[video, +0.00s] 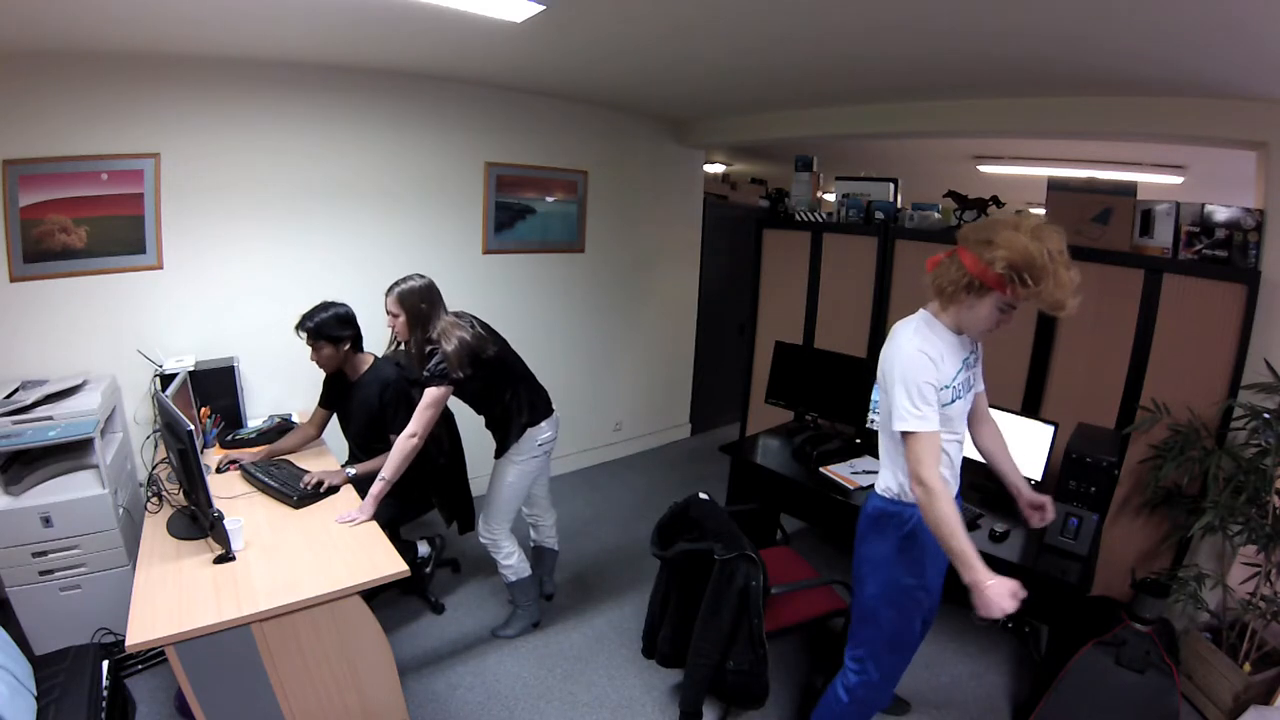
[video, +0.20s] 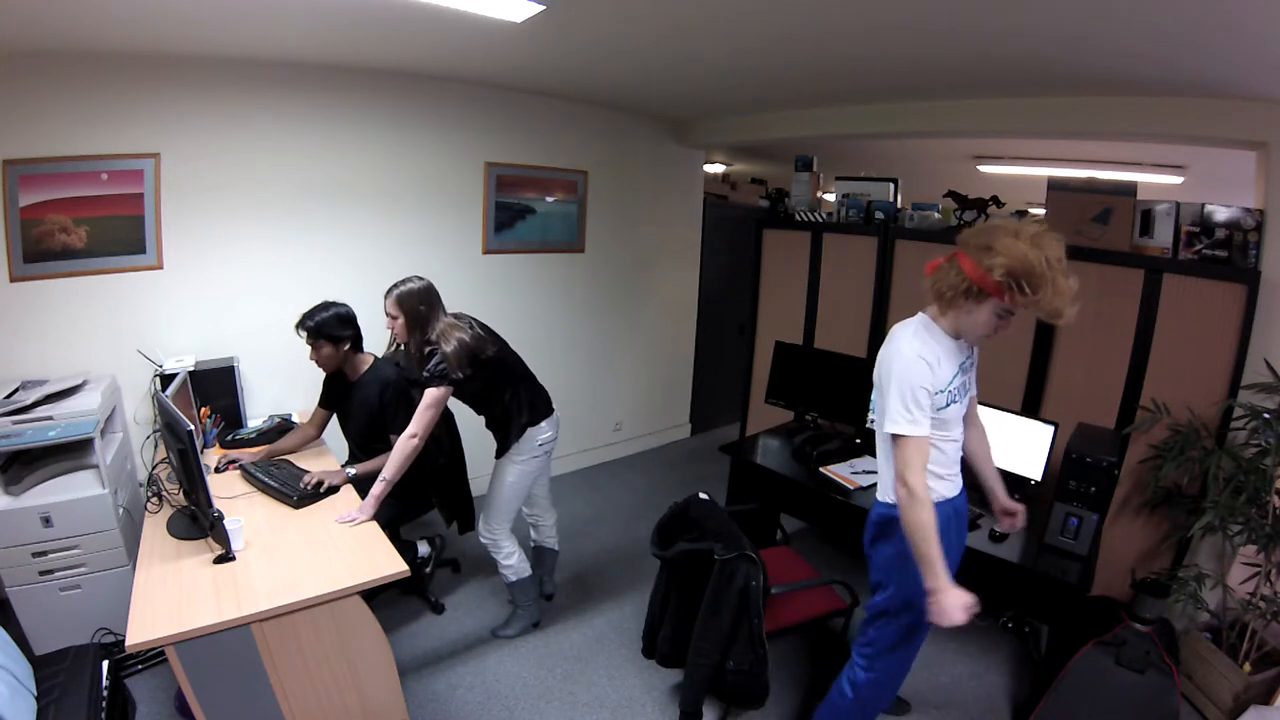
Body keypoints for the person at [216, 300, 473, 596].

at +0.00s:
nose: (312, 356)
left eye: (317, 347)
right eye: (311, 347)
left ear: (344, 345)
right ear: (338, 346)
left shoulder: (389, 381)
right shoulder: (337, 377)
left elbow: (405, 450)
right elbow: (312, 428)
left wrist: (347, 473)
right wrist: (260, 453)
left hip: (412, 477)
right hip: (371, 470)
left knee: (349, 531)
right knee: (320, 513)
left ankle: (418, 555)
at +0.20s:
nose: (312, 355)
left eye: (317, 347)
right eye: (311, 347)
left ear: (343, 344)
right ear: (336, 346)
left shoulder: (388, 381)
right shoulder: (337, 377)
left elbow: (405, 450)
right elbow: (311, 428)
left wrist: (347, 473)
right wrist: (259, 453)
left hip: (413, 477)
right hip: (371, 470)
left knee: (351, 531)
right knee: (321, 513)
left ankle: (418, 554)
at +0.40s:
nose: (311, 355)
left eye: (316, 347)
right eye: (310, 347)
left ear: (343, 344)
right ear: (336, 346)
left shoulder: (388, 381)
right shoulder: (337, 377)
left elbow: (405, 449)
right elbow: (311, 428)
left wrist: (347, 473)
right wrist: (259, 453)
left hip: (412, 478)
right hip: (371, 471)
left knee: (352, 532)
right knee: (321, 514)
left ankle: (418, 554)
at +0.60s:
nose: (312, 355)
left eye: (317, 346)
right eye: (311, 346)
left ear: (343, 344)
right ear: (336, 346)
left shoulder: (389, 381)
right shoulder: (337, 377)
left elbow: (405, 449)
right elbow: (312, 429)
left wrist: (347, 473)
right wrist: (259, 453)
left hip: (413, 477)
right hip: (371, 471)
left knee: (351, 531)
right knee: (321, 514)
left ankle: (418, 554)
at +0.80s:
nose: (312, 355)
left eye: (317, 346)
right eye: (311, 346)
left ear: (343, 344)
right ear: (336, 346)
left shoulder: (389, 380)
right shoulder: (337, 377)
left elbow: (404, 450)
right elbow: (312, 428)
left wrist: (346, 473)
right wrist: (259, 454)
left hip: (412, 477)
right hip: (370, 471)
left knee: (352, 532)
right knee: (321, 514)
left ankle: (418, 554)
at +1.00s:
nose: (311, 354)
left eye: (316, 346)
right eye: (310, 346)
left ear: (343, 344)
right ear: (339, 346)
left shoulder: (388, 381)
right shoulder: (337, 377)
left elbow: (404, 450)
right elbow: (312, 428)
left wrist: (347, 473)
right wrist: (260, 453)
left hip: (410, 478)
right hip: (368, 471)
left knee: (348, 533)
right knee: (318, 515)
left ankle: (419, 553)